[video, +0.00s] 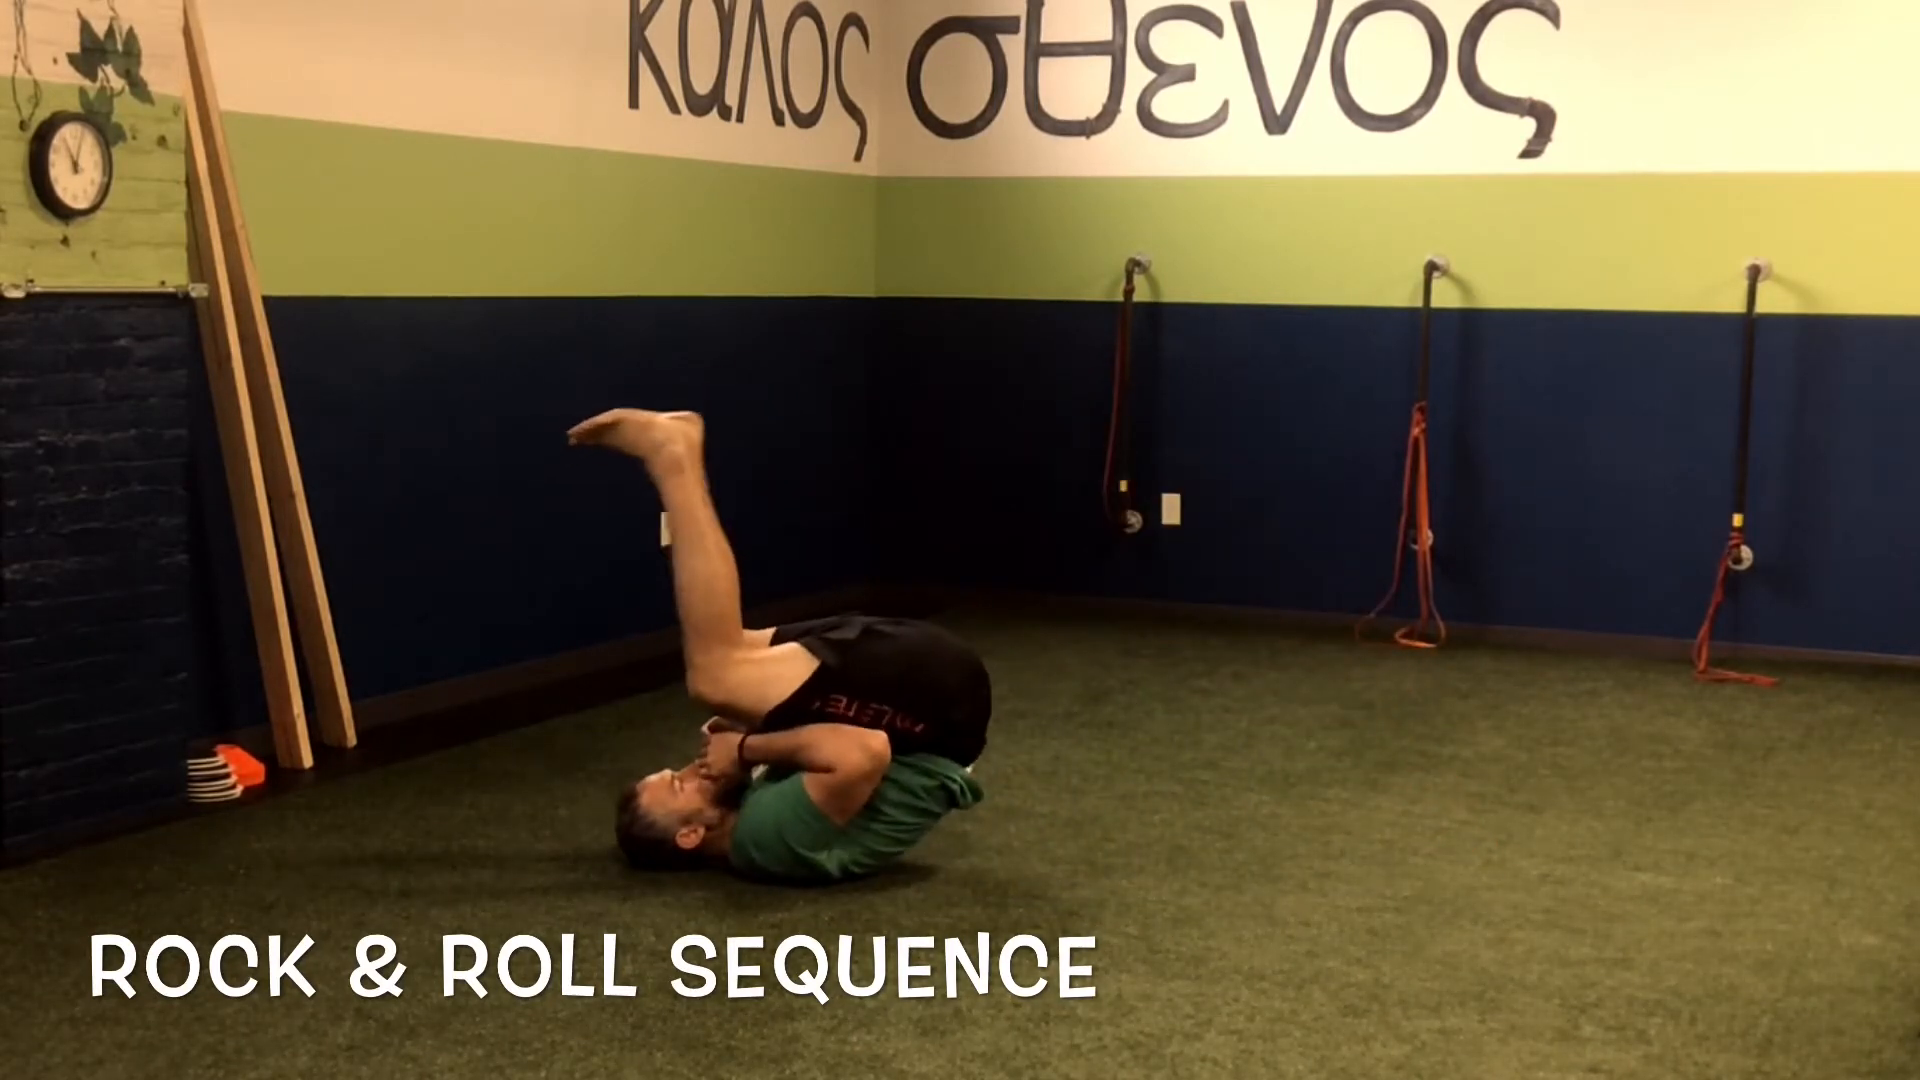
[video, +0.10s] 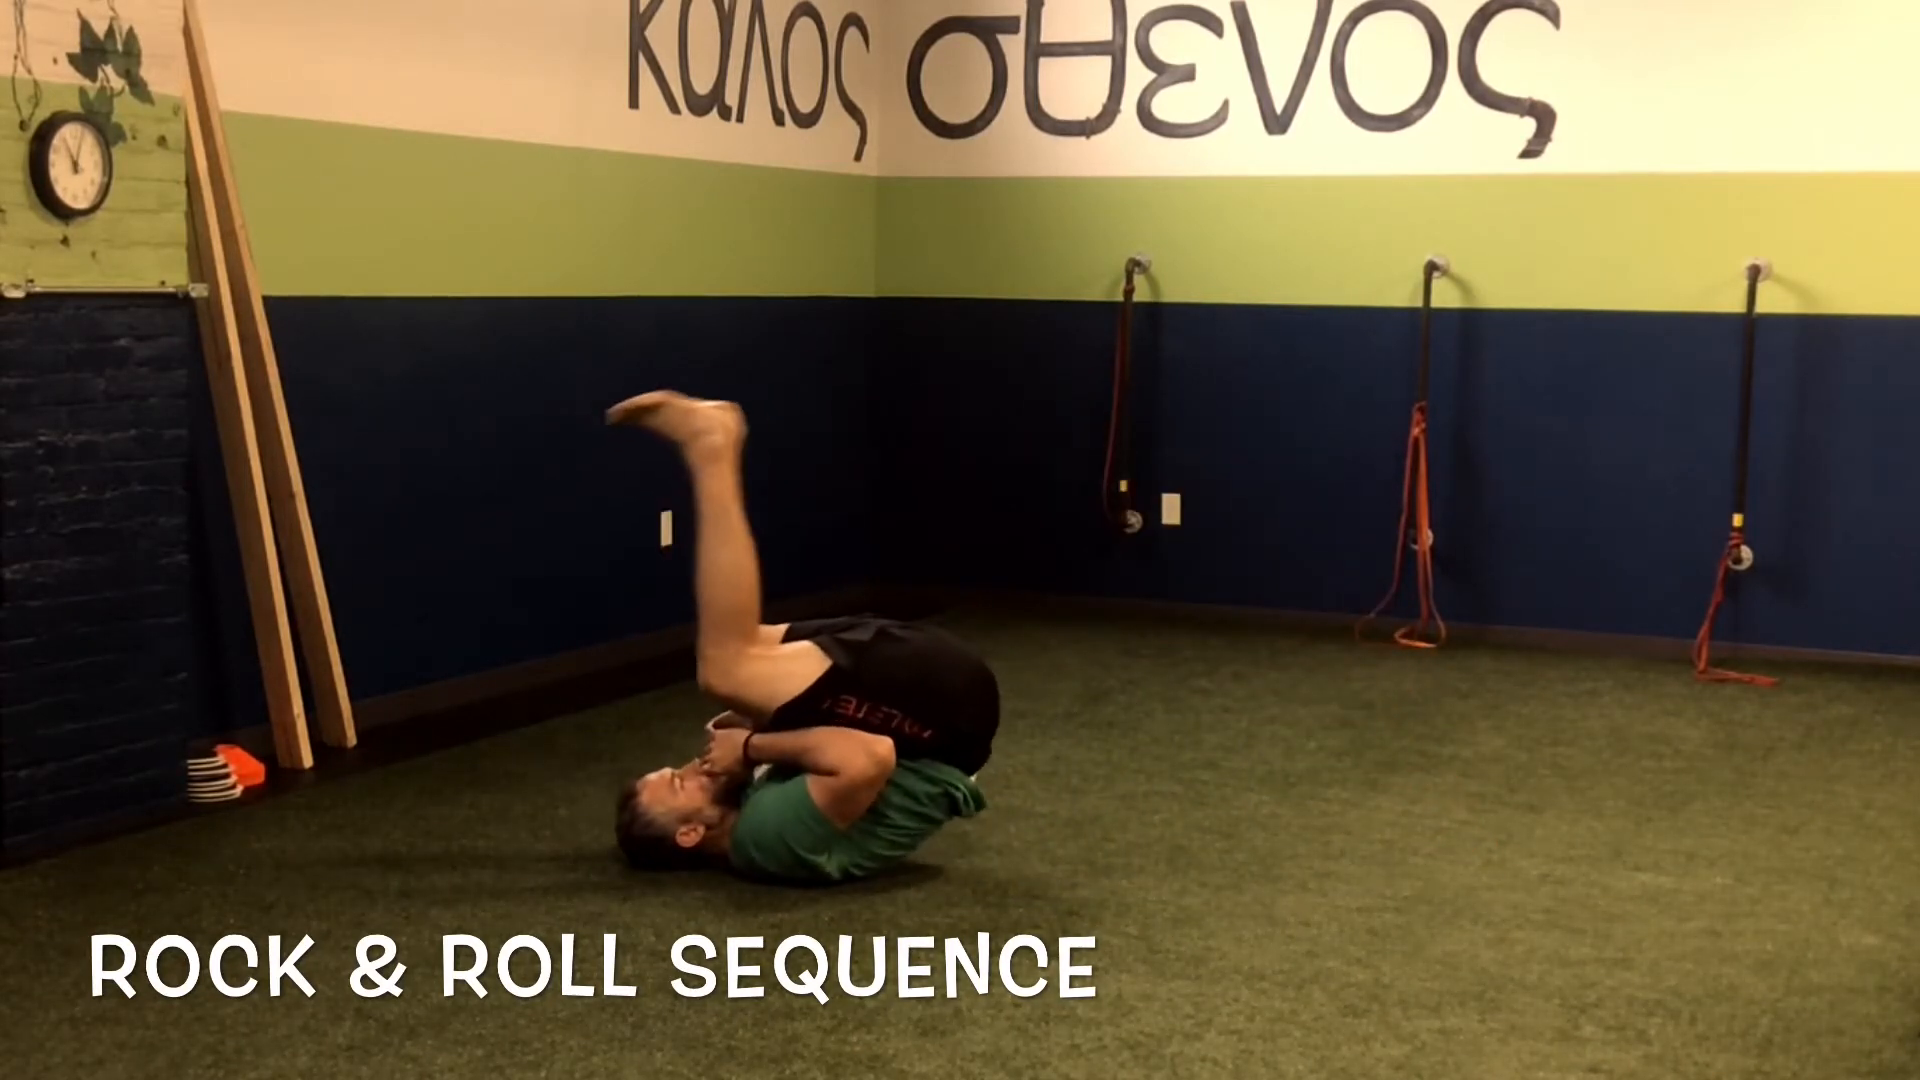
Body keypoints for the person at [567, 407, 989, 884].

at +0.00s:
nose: (686, 769)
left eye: (670, 775)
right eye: (673, 784)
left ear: (695, 828)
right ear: (692, 830)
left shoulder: (749, 817)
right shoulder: (766, 836)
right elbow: (865, 753)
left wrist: (737, 736)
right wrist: (747, 749)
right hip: (946, 693)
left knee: (734, 646)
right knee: (713, 670)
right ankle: (673, 453)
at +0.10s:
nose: (689, 766)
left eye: (673, 771)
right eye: (676, 784)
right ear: (692, 831)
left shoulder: (749, 815)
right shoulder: (767, 835)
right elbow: (869, 760)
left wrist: (743, 745)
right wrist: (750, 745)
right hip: (953, 704)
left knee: (745, 645)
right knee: (726, 665)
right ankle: (712, 445)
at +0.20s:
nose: (692, 762)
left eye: (676, 766)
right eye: (679, 778)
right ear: (692, 826)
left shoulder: (756, 812)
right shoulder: (768, 835)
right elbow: (878, 764)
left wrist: (750, 738)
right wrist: (759, 743)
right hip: (967, 718)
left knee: (774, 638)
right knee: (745, 654)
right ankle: (769, 433)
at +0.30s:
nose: (697, 751)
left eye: (680, 755)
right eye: (683, 768)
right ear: (695, 817)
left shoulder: (763, 810)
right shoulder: (770, 832)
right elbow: (887, 770)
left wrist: (771, 720)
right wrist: (769, 740)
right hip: (979, 738)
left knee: (793, 631)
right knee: (769, 638)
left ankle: (839, 429)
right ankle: (838, 430)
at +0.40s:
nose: (707, 739)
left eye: (690, 741)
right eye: (692, 753)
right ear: (701, 805)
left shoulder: (772, 800)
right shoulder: (775, 826)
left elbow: (866, 715)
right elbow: (902, 778)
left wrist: (787, 710)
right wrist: (787, 736)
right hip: (992, 753)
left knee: (809, 617)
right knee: (805, 624)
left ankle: (924, 438)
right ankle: (917, 438)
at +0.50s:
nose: (732, 720)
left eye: (713, 721)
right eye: (713, 734)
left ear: (717, 785)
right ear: (714, 785)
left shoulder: (780, 791)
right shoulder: (783, 817)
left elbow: (894, 713)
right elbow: (922, 788)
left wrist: (812, 706)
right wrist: (811, 728)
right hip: (1004, 780)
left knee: (851, 601)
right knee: (852, 609)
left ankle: (1009, 459)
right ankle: (1011, 460)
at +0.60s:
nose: (759, 694)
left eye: (741, 691)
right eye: (738, 705)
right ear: (733, 758)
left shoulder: (798, 766)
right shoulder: (798, 802)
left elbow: (924, 718)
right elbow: (945, 797)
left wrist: (853, 698)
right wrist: (851, 719)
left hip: (1003, 787)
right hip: (1017, 807)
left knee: (909, 592)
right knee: (909, 598)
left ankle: (1096, 498)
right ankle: (1103, 498)